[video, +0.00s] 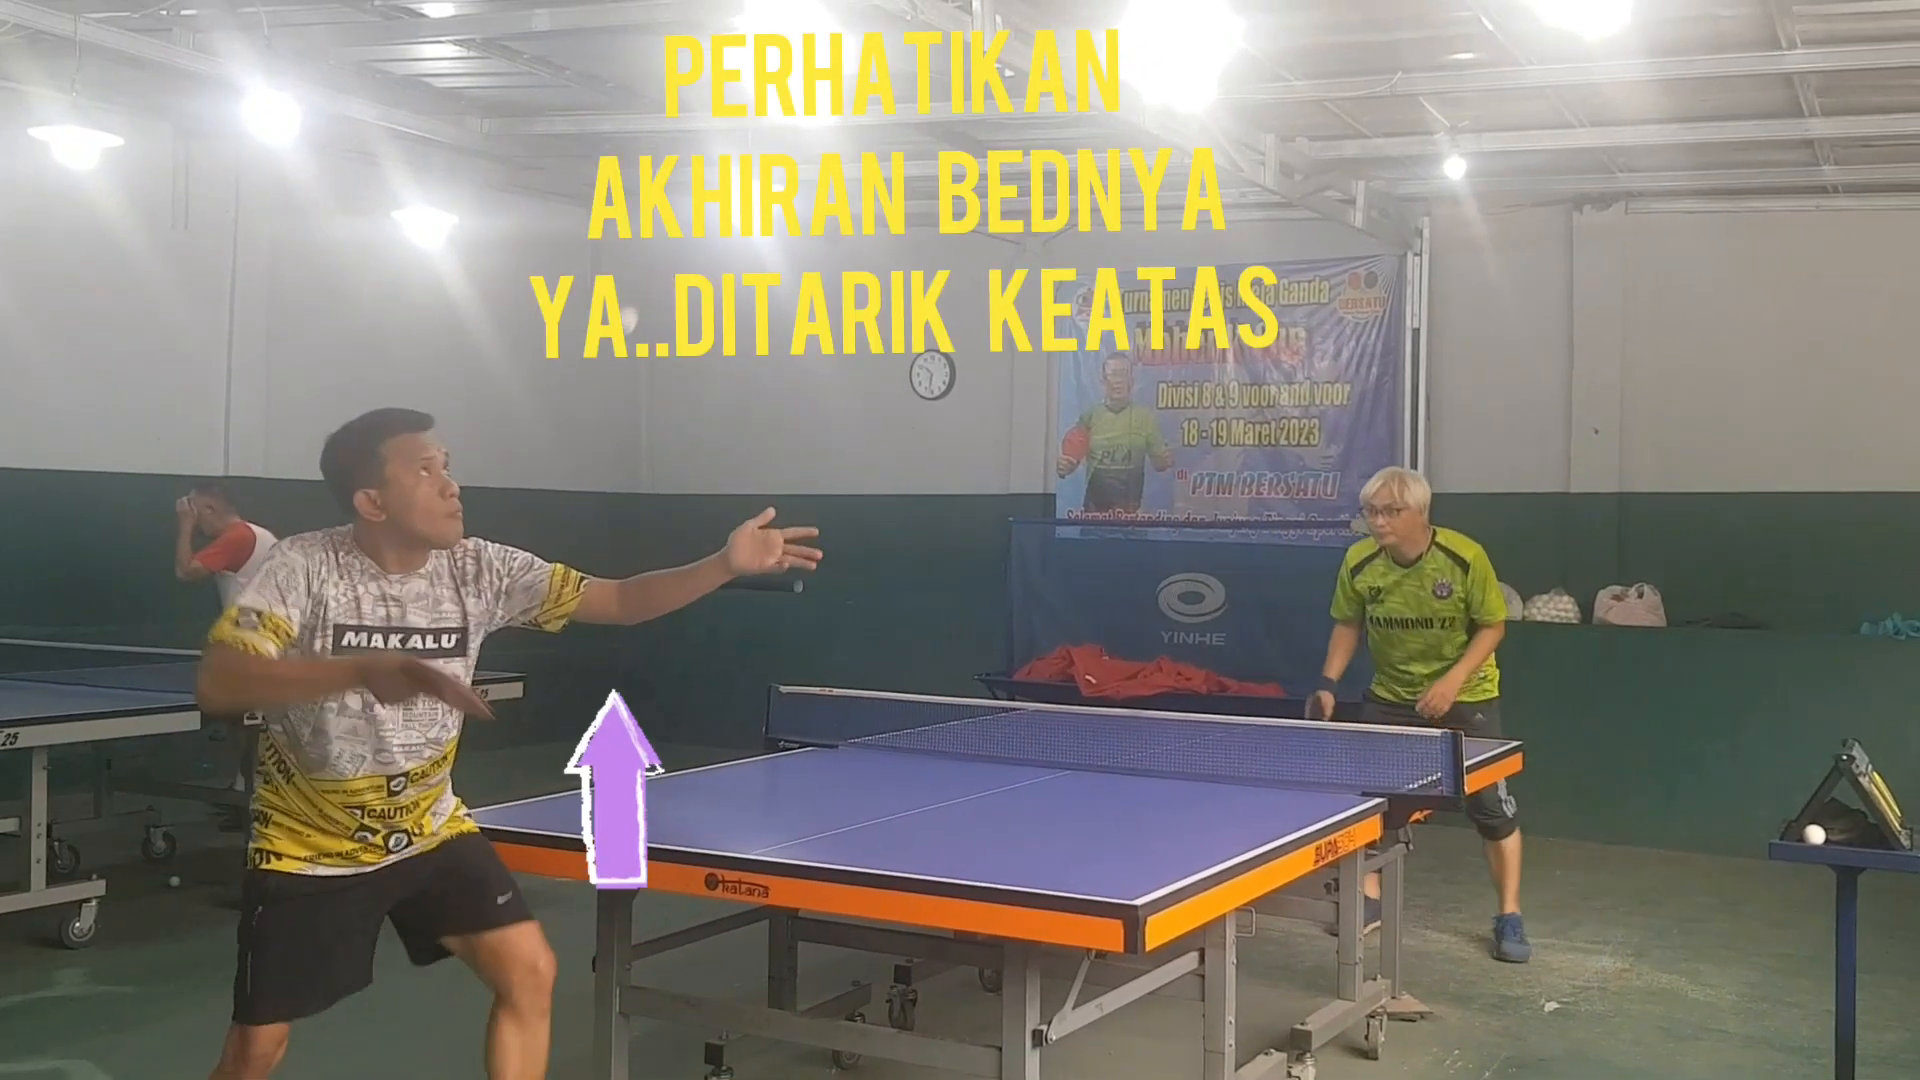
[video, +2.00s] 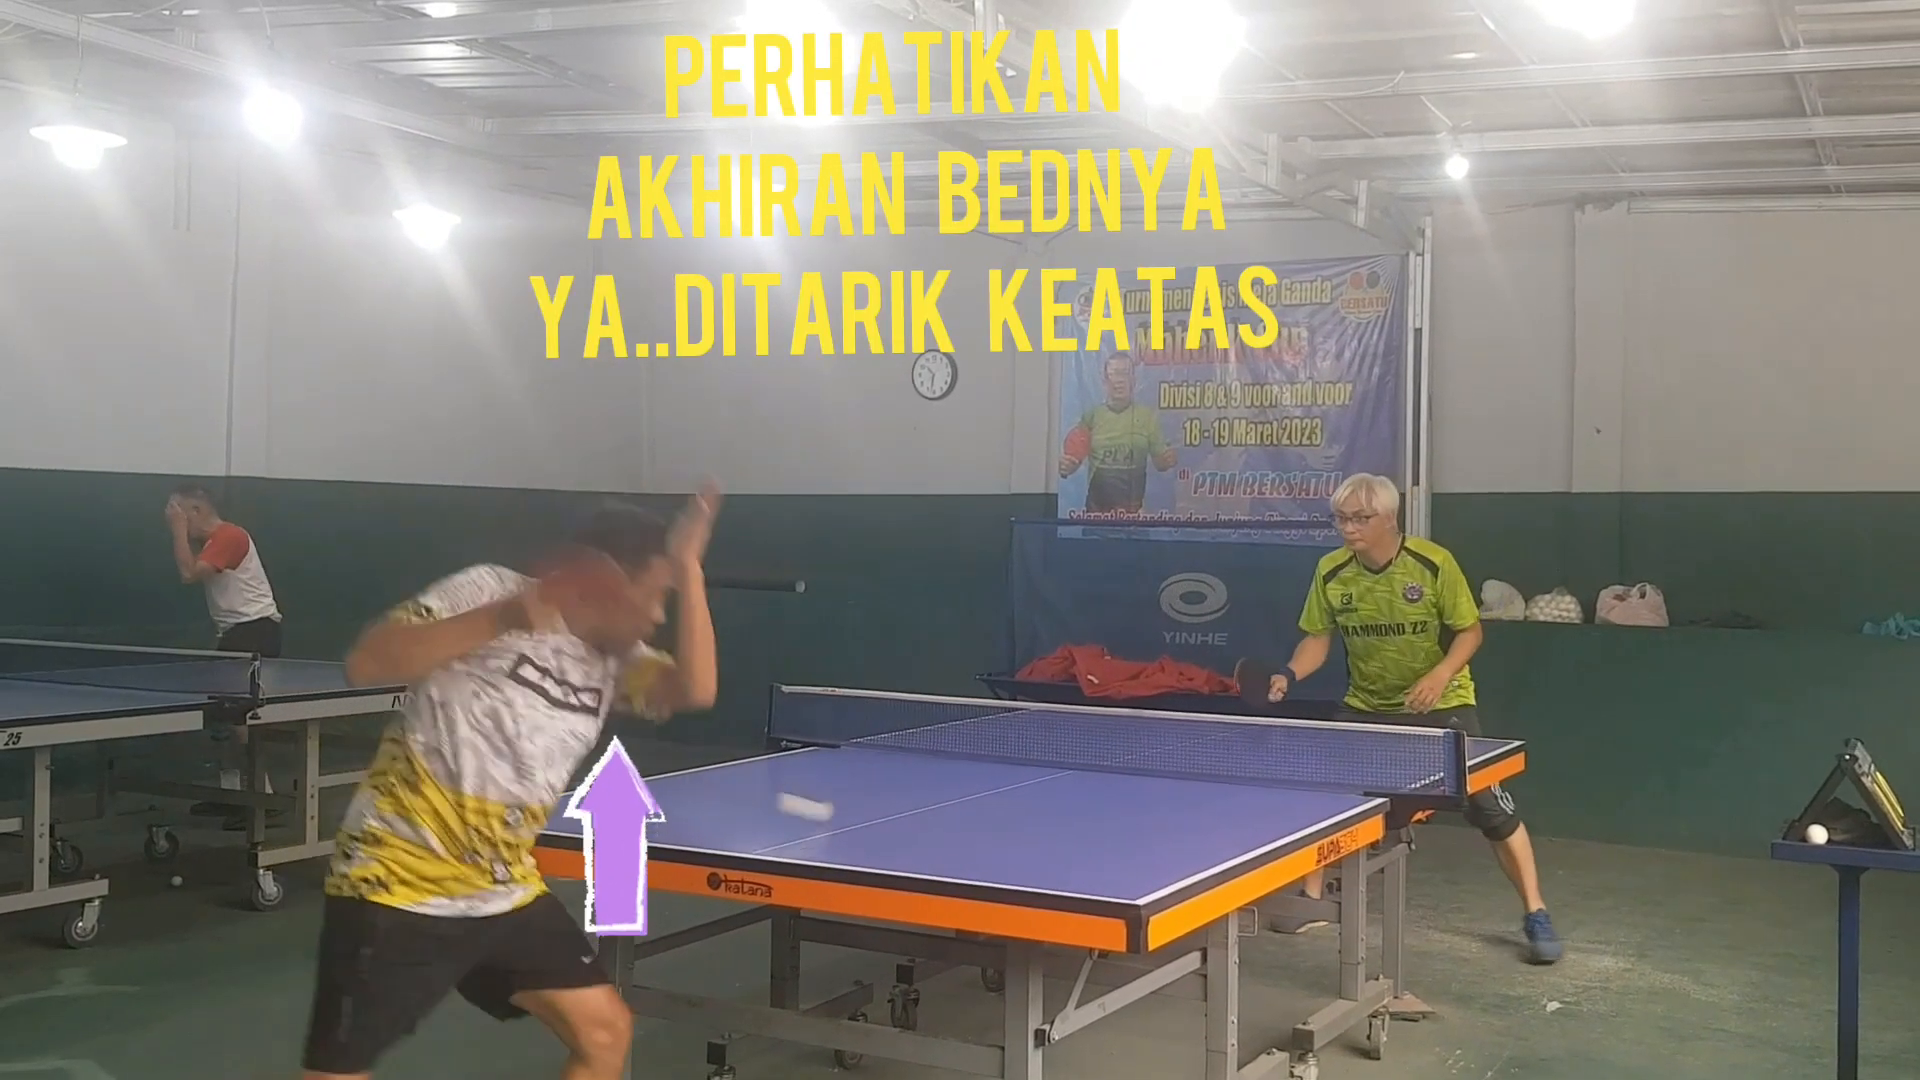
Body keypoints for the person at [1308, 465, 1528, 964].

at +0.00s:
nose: (1375, 521)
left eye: (1386, 511)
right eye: (1370, 512)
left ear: (1418, 514)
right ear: (1367, 516)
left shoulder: (1465, 558)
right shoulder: (1357, 564)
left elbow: (1492, 625)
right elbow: (1346, 624)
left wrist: (1452, 681)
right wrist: (1328, 683)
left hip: (1466, 698)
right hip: (1390, 697)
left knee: (1492, 803)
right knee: (1365, 794)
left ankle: (1509, 915)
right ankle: (1368, 897)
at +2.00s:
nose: (1347, 529)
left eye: (1358, 519)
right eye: (1342, 519)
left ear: (1387, 519)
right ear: (1337, 522)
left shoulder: (1434, 564)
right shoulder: (1330, 572)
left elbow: (1470, 632)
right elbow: (1317, 638)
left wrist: (1439, 676)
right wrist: (1289, 674)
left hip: (1441, 705)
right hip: (1365, 706)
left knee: (1485, 801)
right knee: (1318, 785)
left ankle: (1535, 911)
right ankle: (1311, 896)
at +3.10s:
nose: (1390, 530)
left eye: (1401, 519)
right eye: (1384, 520)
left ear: (1431, 518)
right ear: (1380, 523)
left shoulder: (1482, 561)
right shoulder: (1376, 574)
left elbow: (1519, 633)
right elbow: (1376, 649)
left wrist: (1479, 664)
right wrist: (1348, 670)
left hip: (1482, 718)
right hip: (1402, 717)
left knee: (1524, 816)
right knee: (1339, 789)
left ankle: (1574, 929)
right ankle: (1315, 894)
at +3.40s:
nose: (1404, 529)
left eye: (1415, 518)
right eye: (1396, 520)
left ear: (1446, 518)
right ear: (1389, 523)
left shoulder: (1494, 560)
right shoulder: (1386, 574)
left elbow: (1532, 633)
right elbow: (1390, 648)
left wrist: (1493, 659)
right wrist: (1368, 670)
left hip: (1492, 718)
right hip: (1411, 717)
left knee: (1535, 822)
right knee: (1349, 794)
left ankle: (1575, 929)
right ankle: (1315, 893)